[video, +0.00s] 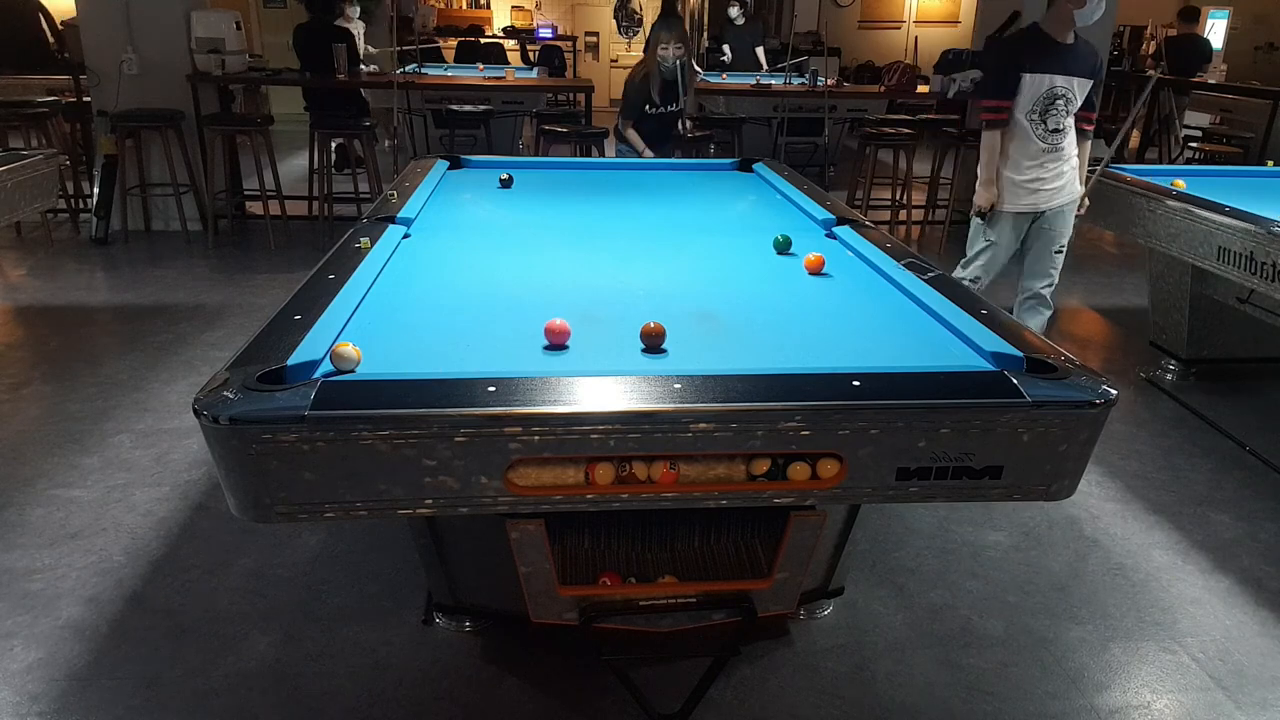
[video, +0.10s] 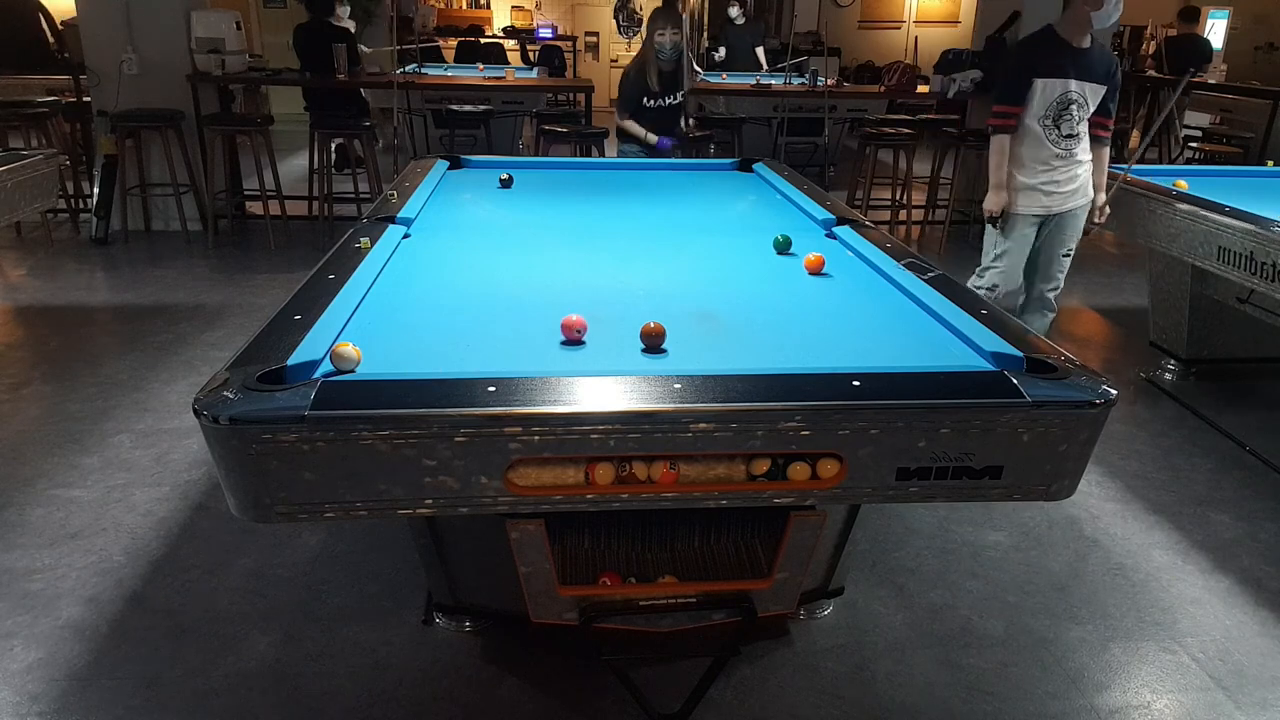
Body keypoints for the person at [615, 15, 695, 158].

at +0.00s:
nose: (671, 55)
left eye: (678, 48)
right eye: (664, 48)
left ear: (686, 48)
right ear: (653, 49)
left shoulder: (684, 71)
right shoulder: (640, 78)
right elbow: (625, 126)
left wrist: (683, 119)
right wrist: (646, 153)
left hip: (664, 143)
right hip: (632, 146)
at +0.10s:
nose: (668, 42)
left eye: (675, 34)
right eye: (661, 35)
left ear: (682, 36)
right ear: (650, 37)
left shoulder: (682, 66)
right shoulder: (635, 71)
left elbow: (679, 104)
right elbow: (621, 118)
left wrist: (684, 128)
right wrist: (656, 140)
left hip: (671, 142)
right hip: (635, 146)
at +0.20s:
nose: (665, 30)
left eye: (671, 22)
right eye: (657, 23)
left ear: (680, 25)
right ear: (647, 27)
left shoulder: (682, 61)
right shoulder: (633, 66)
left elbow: (683, 97)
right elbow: (619, 112)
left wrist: (685, 121)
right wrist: (656, 121)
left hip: (671, 145)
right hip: (637, 148)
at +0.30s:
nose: (663, 24)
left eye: (669, 15)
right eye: (654, 17)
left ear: (678, 20)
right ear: (644, 23)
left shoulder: (682, 57)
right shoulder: (632, 59)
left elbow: (686, 95)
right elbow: (621, 110)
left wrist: (687, 131)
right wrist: (656, 99)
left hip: (674, 146)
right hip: (638, 148)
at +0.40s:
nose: (661, 22)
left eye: (667, 14)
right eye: (652, 15)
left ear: (676, 18)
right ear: (642, 21)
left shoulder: (682, 55)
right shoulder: (632, 56)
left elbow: (687, 100)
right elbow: (630, 107)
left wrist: (690, 142)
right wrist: (656, 76)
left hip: (676, 148)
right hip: (639, 149)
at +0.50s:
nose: (661, 19)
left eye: (666, 12)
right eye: (652, 14)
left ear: (676, 16)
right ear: (642, 20)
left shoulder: (683, 53)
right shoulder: (633, 55)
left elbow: (687, 100)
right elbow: (639, 101)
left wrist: (691, 141)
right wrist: (659, 62)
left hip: (678, 147)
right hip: (642, 148)